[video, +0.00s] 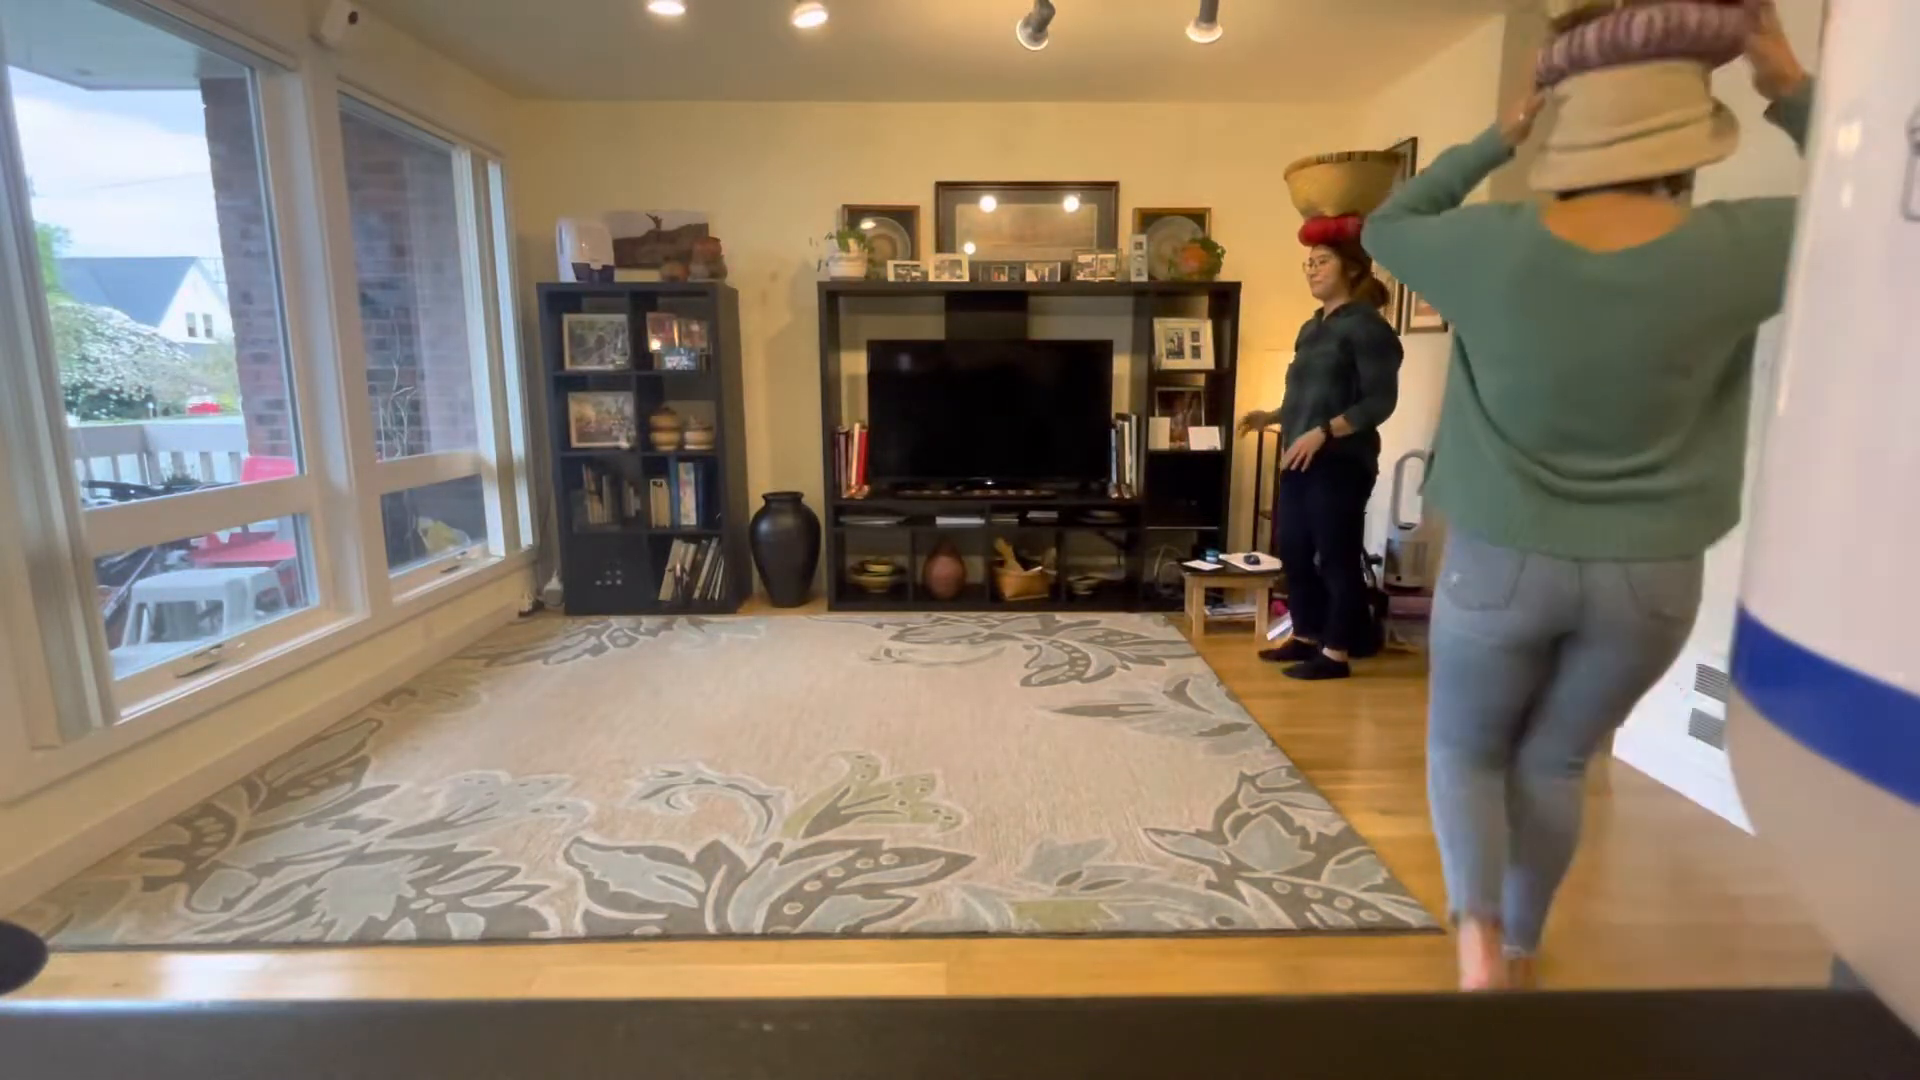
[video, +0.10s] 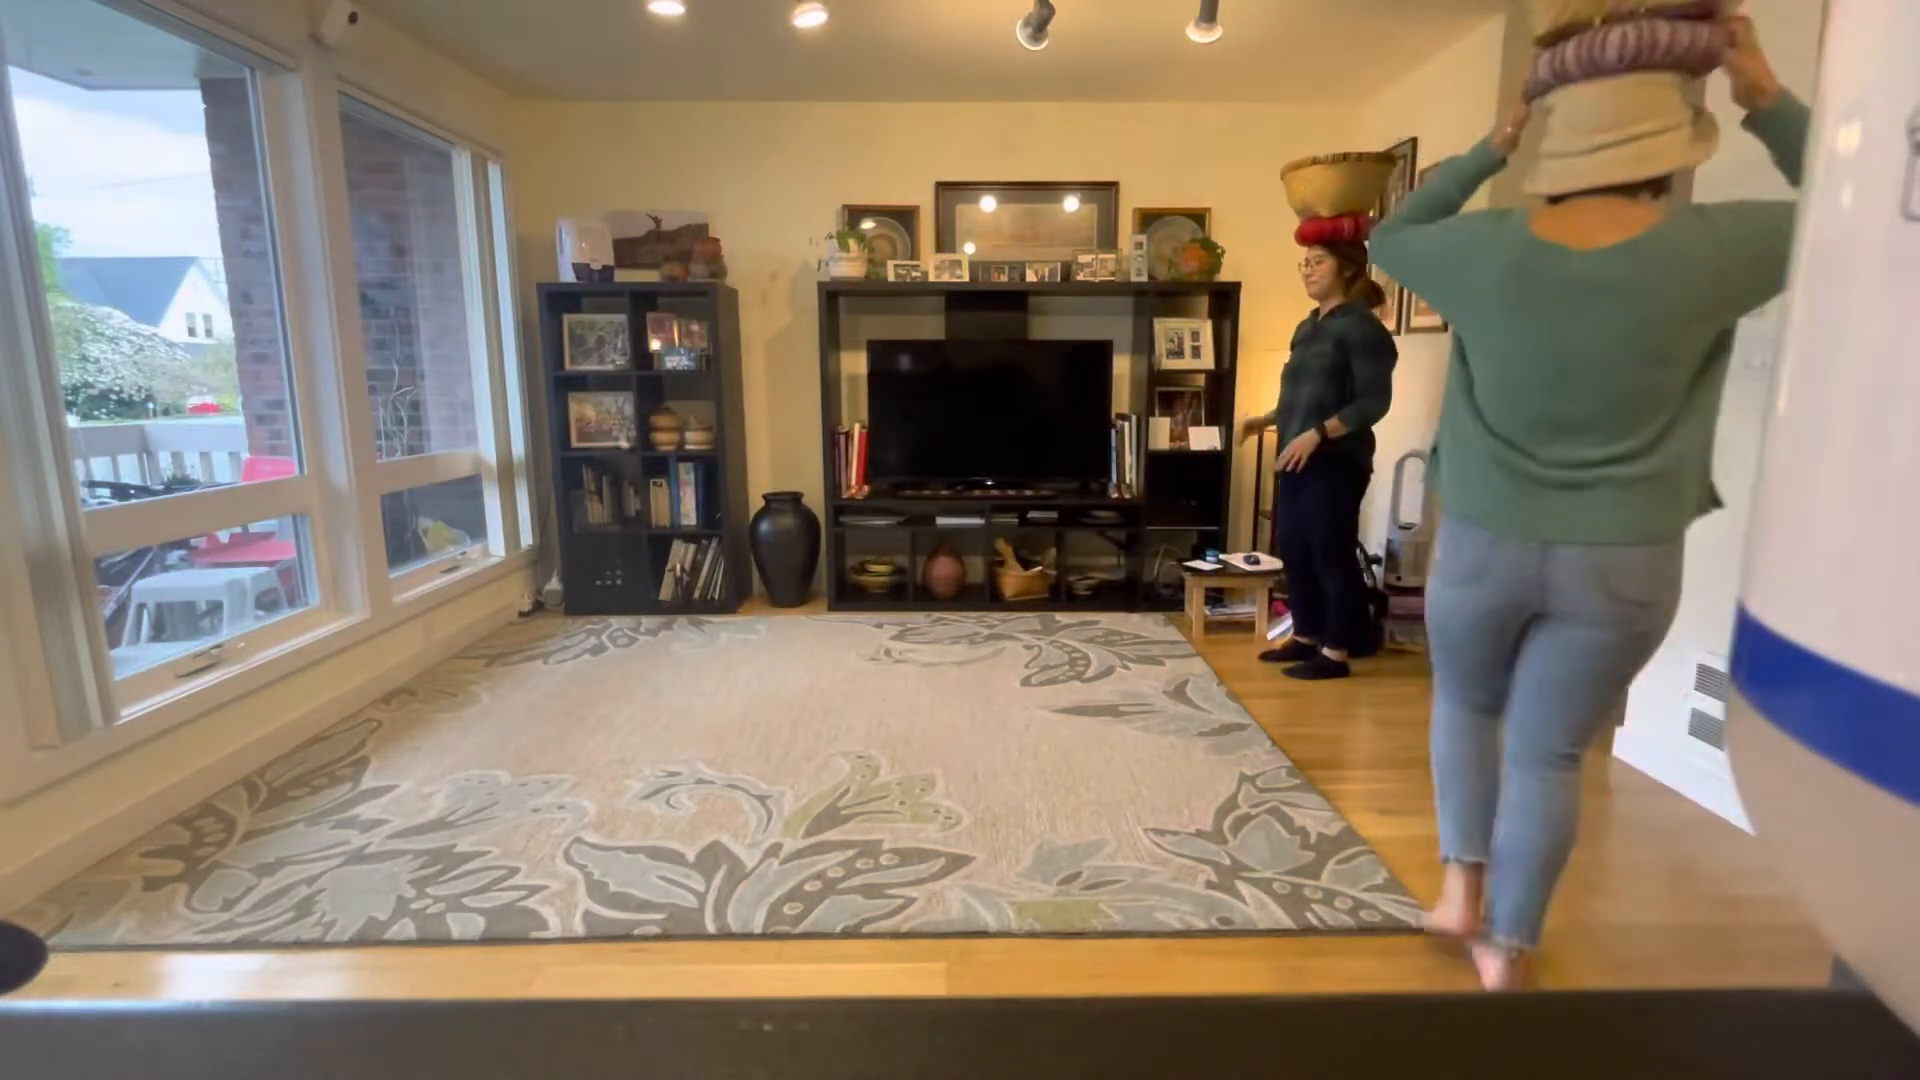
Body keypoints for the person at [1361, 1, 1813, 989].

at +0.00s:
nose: (1699, 163)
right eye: (1692, 142)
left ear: (1564, 149)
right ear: (1681, 154)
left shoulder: (1494, 251)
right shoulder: (1733, 253)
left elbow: (1388, 226)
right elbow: (1868, 201)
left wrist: (1497, 140)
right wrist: (1791, 94)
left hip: (1502, 560)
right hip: (1650, 571)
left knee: (1468, 749)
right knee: (1556, 765)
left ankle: (1479, 950)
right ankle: (1513, 965)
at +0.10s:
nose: (1694, 161)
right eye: (1686, 143)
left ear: (1550, 153)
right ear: (1667, 160)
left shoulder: (1486, 251)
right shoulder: (1708, 252)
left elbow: (1392, 238)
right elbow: (1846, 211)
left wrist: (1486, 152)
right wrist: (1768, 100)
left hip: (1481, 541)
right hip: (1624, 556)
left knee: (1466, 700)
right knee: (1549, 756)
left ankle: (1460, 886)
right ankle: (1505, 957)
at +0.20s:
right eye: (1656, 148)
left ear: (1540, 158)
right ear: (1649, 159)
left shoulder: (1479, 259)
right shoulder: (1683, 261)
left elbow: (1395, 255)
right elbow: (1821, 219)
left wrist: (1476, 174)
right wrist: (1746, 122)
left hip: (1468, 526)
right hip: (1596, 538)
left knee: (1473, 685)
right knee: (1543, 742)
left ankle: (1460, 839)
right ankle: (1498, 938)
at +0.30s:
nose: (1642, 187)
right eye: (1638, 172)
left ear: (1530, 185)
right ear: (1631, 182)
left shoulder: (1475, 271)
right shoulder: (1665, 271)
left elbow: (1395, 269)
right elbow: (1794, 249)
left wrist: (1471, 192)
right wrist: (1733, 146)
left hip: (1465, 521)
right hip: (1583, 530)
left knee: (1481, 674)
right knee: (1539, 725)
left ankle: (1478, 822)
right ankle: (1498, 920)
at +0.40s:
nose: (1634, 210)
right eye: (1631, 196)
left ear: (1525, 198)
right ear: (1619, 201)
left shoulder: (1469, 276)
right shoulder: (1648, 281)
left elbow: (1387, 302)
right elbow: (1778, 281)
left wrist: (1458, 225)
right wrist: (1724, 183)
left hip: (1463, 514)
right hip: (1577, 523)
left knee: (1486, 667)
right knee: (1545, 706)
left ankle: (1481, 823)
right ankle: (1506, 906)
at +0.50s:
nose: (1624, 192)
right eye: (1617, 183)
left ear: (1524, 193)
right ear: (1607, 197)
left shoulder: (1470, 278)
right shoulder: (1639, 282)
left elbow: (1391, 353)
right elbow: (1761, 332)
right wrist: (1708, 247)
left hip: (1457, 506)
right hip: (1562, 514)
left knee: (1486, 661)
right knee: (1558, 674)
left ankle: (1481, 826)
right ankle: (1521, 847)